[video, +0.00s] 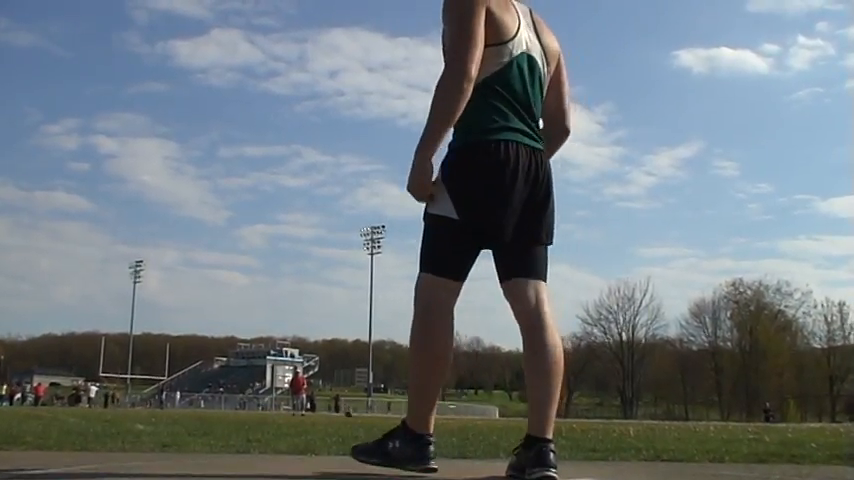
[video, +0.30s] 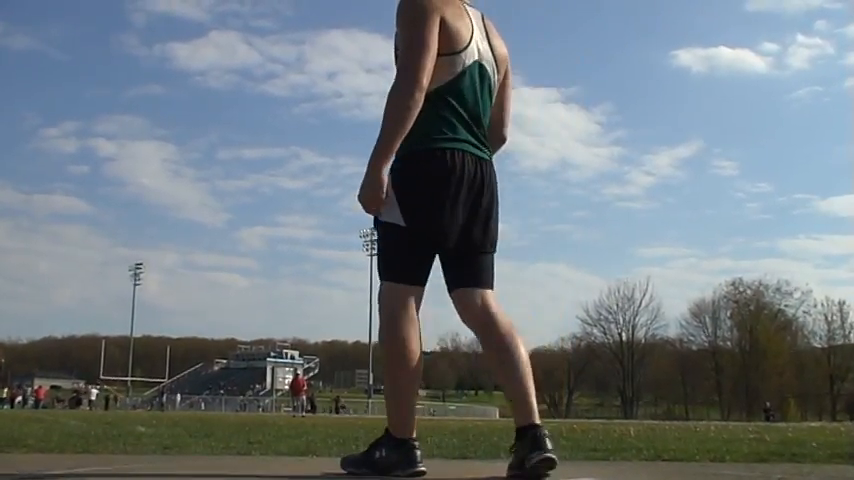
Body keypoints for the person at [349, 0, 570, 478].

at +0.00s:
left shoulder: (471, 4)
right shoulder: (546, 33)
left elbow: (461, 75)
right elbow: (559, 125)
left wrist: (422, 157)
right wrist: (519, 167)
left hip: (476, 164)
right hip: (532, 174)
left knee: (434, 297)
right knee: (534, 307)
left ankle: (414, 436)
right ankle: (540, 447)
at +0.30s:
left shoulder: (424, 6)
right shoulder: (496, 39)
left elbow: (412, 86)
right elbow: (498, 132)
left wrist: (377, 165)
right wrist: (455, 166)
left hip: (423, 169)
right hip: (478, 175)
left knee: (399, 304)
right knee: (479, 302)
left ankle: (399, 443)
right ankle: (533, 436)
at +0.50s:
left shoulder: (391, 6)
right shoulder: (464, 39)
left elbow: (377, 86)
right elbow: (467, 130)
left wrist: (341, 167)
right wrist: (424, 162)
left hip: (401, 167)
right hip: (449, 172)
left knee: (388, 307)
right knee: (425, 306)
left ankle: (399, 443)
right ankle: (488, 412)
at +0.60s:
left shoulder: (376, 6)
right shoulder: (446, 34)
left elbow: (362, 88)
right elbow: (453, 126)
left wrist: (325, 168)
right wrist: (413, 163)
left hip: (393, 165)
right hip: (437, 169)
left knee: (383, 306)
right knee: (400, 303)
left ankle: (398, 443)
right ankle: (443, 425)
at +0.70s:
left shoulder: (363, 7)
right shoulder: (431, 35)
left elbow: (351, 90)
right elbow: (440, 127)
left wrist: (314, 169)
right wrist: (410, 171)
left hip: (386, 166)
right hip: (424, 169)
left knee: (376, 301)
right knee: (379, 301)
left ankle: (398, 443)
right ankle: (392, 438)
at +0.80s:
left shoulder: (349, 11)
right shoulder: (417, 39)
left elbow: (339, 99)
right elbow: (428, 129)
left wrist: (304, 174)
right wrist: (411, 184)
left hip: (375, 170)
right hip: (412, 173)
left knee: (374, 301)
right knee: (353, 299)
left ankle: (399, 444)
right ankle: (337, 434)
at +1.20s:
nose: (276, 10)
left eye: (277, 5)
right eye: (277, 7)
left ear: (288, 3)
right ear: (323, 7)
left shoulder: (293, 26)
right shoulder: (359, 62)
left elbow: (286, 100)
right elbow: (365, 147)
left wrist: (251, 177)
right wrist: (355, 206)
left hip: (312, 182)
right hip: (349, 188)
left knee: (300, 308)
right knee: (306, 314)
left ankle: (377, 419)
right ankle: (283, 440)